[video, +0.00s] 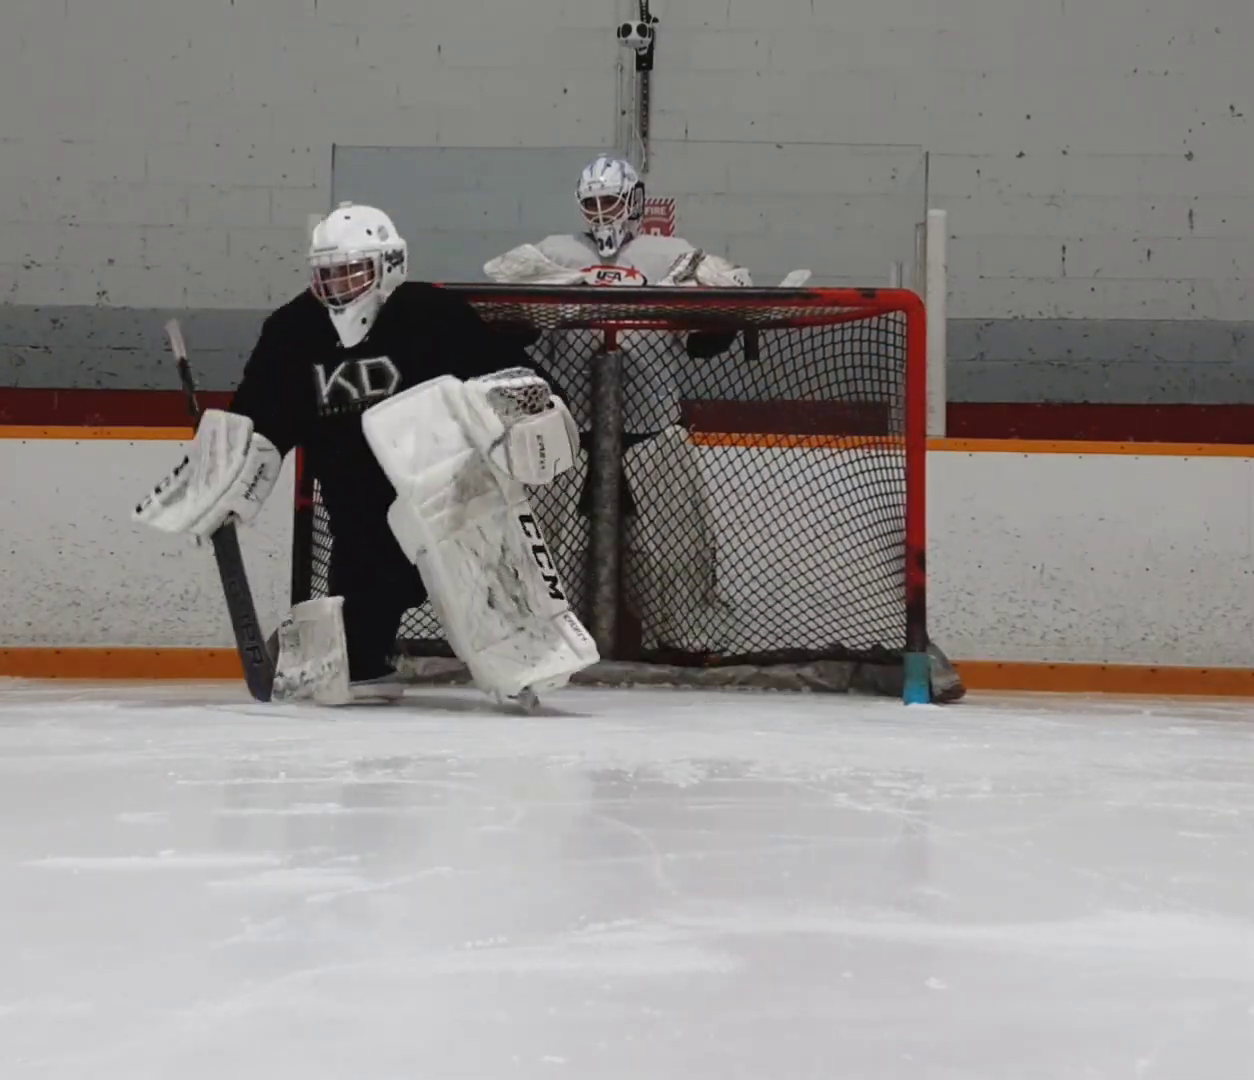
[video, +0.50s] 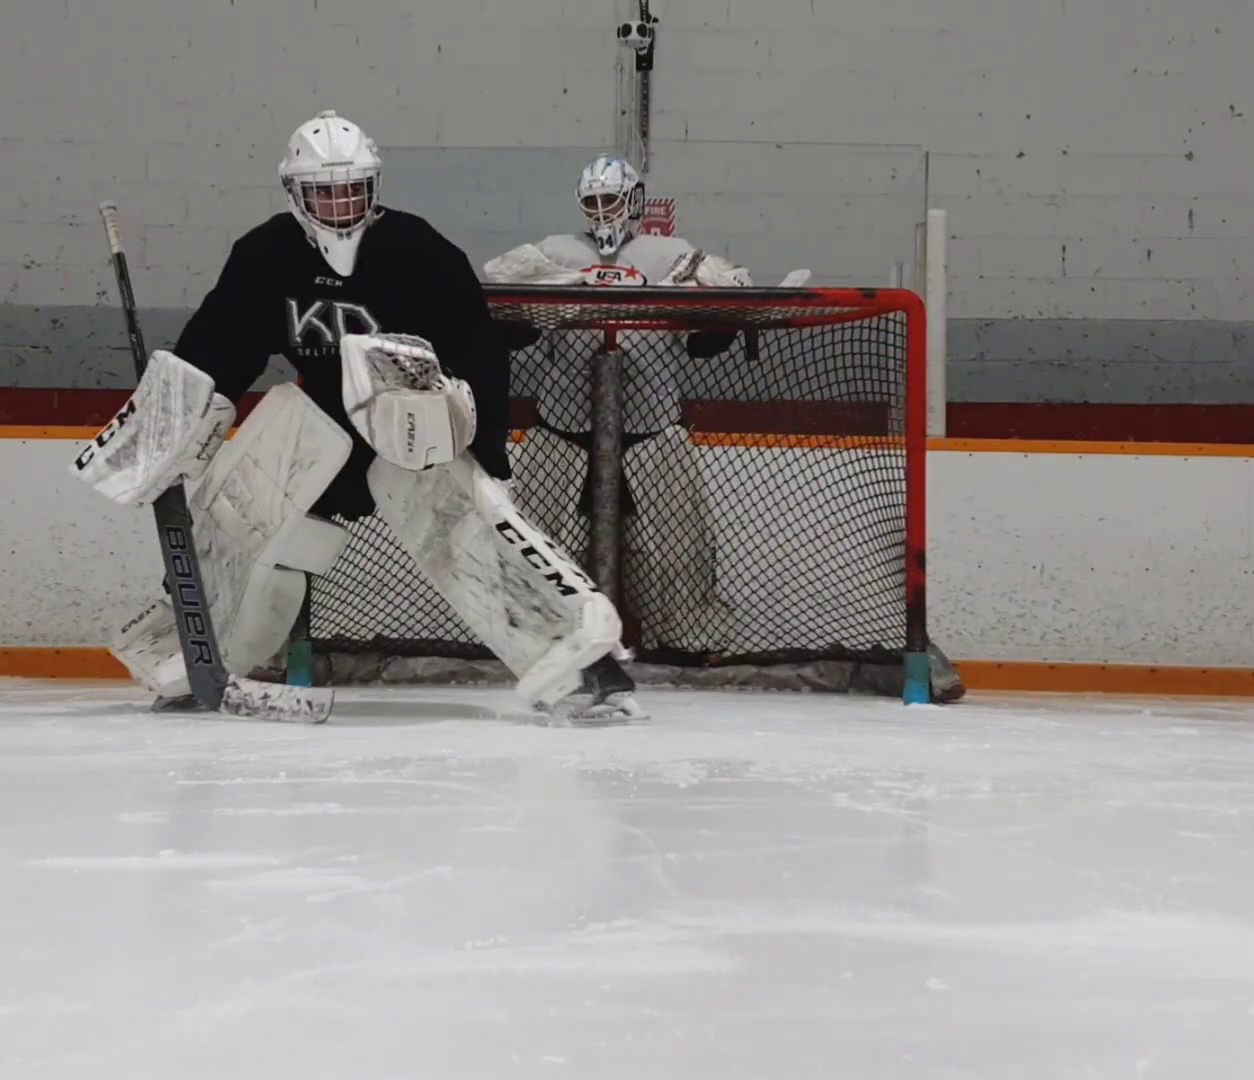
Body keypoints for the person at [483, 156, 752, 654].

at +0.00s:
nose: (601, 213)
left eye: (611, 201)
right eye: (591, 204)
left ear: (634, 202)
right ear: (580, 207)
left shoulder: (667, 255)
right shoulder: (557, 252)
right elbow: (500, 270)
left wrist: (709, 286)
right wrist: (570, 286)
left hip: (649, 424)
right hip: (571, 424)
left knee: (672, 533)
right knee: (559, 534)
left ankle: (675, 640)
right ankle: (559, 644)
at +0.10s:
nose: (602, 214)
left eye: (613, 202)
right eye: (592, 204)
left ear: (635, 203)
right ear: (580, 208)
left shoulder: (670, 256)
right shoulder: (555, 253)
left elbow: (709, 342)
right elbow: (485, 279)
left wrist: (715, 288)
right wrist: (556, 282)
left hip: (650, 428)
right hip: (570, 427)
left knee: (673, 537)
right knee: (545, 531)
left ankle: (677, 642)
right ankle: (547, 642)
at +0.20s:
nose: (602, 212)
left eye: (612, 201)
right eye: (592, 203)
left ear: (635, 203)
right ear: (580, 207)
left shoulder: (671, 256)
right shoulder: (554, 253)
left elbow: (707, 342)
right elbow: (487, 280)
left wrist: (719, 290)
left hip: (649, 430)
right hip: (566, 428)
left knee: (674, 531)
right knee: (534, 525)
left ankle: (677, 638)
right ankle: (541, 636)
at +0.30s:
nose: (602, 212)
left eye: (612, 201)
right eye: (592, 203)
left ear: (635, 202)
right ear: (580, 207)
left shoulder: (671, 257)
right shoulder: (552, 254)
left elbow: (707, 342)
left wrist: (721, 291)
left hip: (649, 431)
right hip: (561, 428)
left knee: (676, 530)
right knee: (530, 525)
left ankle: (679, 637)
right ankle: (539, 637)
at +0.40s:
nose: (602, 212)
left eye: (612, 201)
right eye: (592, 203)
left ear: (635, 203)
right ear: (580, 207)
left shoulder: (672, 257)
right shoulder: (552, 254)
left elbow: (706, 343)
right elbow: (502, 329)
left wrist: (718, 291)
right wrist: (541, 295)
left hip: (649, 434)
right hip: (561, 432)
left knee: (676, 536)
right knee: (525, 530)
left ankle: (678, 642)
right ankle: (532, 642)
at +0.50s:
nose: (602, 211)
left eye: (612, 201)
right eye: (592, 203)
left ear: (634, 202)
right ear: (580, 207)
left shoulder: (670, 256)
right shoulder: (554, 254)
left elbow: (707, 343)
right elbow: (508, 332)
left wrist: (716, 290)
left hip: (649, 430)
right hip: (564, 428)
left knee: (675, 535)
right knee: (540, 534)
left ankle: (676, 640)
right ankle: (552, 644)